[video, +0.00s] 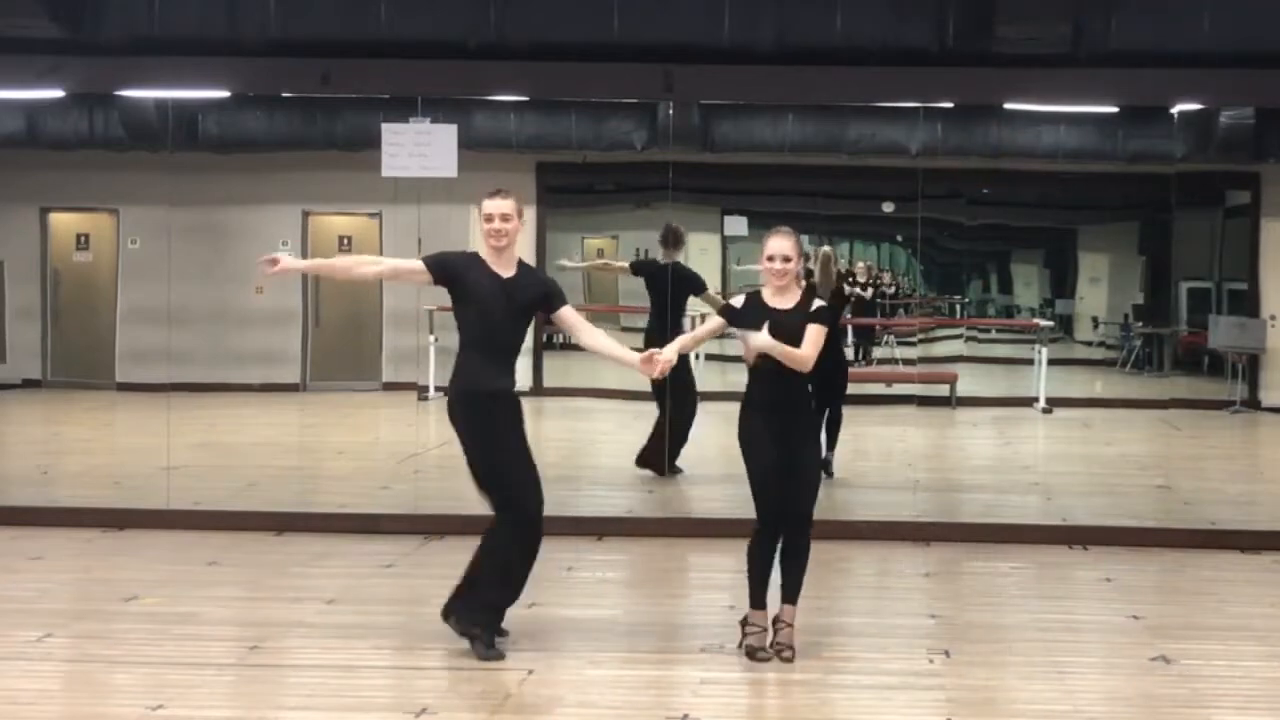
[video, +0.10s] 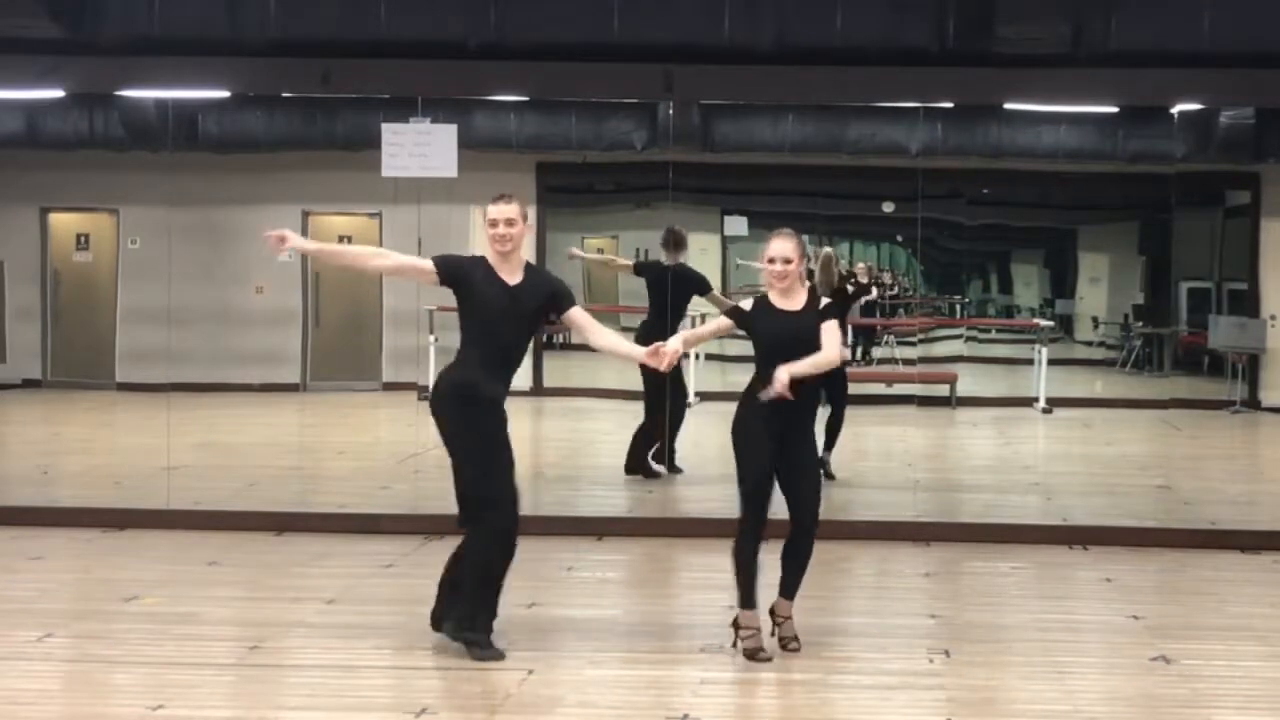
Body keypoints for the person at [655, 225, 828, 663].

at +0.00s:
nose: (778, 266)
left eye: (786, 259)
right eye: (771, 258)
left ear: (800, 263)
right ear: (761, 262)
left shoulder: (818, 306)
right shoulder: (746, 303)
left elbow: (806, 360)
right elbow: (699, 334)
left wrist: (764, 342)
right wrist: (669, 351)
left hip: (802, 424)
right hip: (759, 422)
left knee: (799, 522)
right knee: (770, 519)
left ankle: (786, 619)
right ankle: (756, 617)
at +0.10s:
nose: (777, 268)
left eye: (785, 261)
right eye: (771, 261)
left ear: (802, 264)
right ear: (762, 264)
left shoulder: (821, 307)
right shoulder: (753, 309)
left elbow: (834, 354)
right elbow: (703, 332)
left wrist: (790, 370)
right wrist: (675, 344)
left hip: (798, 427)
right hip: (755, 424)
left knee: (806, 521)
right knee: (753, 518)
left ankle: (784, 608)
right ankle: (747, 616)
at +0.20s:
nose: (766, 273)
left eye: (775, 266)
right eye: (764, 266)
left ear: (800, 268)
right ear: (764, 269)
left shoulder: (830, 313)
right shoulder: (761, 315)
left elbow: (861, 361)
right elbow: (707, 341)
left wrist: (822, 394)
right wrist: (683, 340)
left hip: (803, 428)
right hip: (757, 422)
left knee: (801, 527)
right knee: (729, 512)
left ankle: (783, 611)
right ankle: (698, 609)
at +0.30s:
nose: (765, 276)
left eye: (772, 270)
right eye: (764, 269)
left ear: (797, 272)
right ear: (781, 273)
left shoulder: (833, 315)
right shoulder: (764, 318)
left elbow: (876, 359)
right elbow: (709, 341)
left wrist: (841, 401)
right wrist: (688, 339)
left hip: (811, 431)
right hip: (761, 424)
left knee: (808, 526)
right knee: (713, 509)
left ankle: (784, 611)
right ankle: (654, 592)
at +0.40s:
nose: (766, 280)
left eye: (773, 273)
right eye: (765, 273)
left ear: (798, 275)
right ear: (779, 277)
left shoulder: (836, 318)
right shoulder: (766, 320)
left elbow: (879, 356)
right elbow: (711, 341)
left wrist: (846, 399)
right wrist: (693, 336)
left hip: (815, 432)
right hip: (765, 427)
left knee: (812, 529)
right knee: (713, 506)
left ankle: (785, 611)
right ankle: (653, 576)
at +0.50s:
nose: (767, 281)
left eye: (774, 275)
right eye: (767, 275)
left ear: (800, 277)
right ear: (777, 280)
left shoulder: (836, 317)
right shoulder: (766, 322)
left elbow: (878, 355)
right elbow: (712, 340)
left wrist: (845, 396)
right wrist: (689, 333)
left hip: (816, 433)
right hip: (768, 429)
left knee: (809, 529)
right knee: (731, 509)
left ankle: (785, 612)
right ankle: (692, 577)